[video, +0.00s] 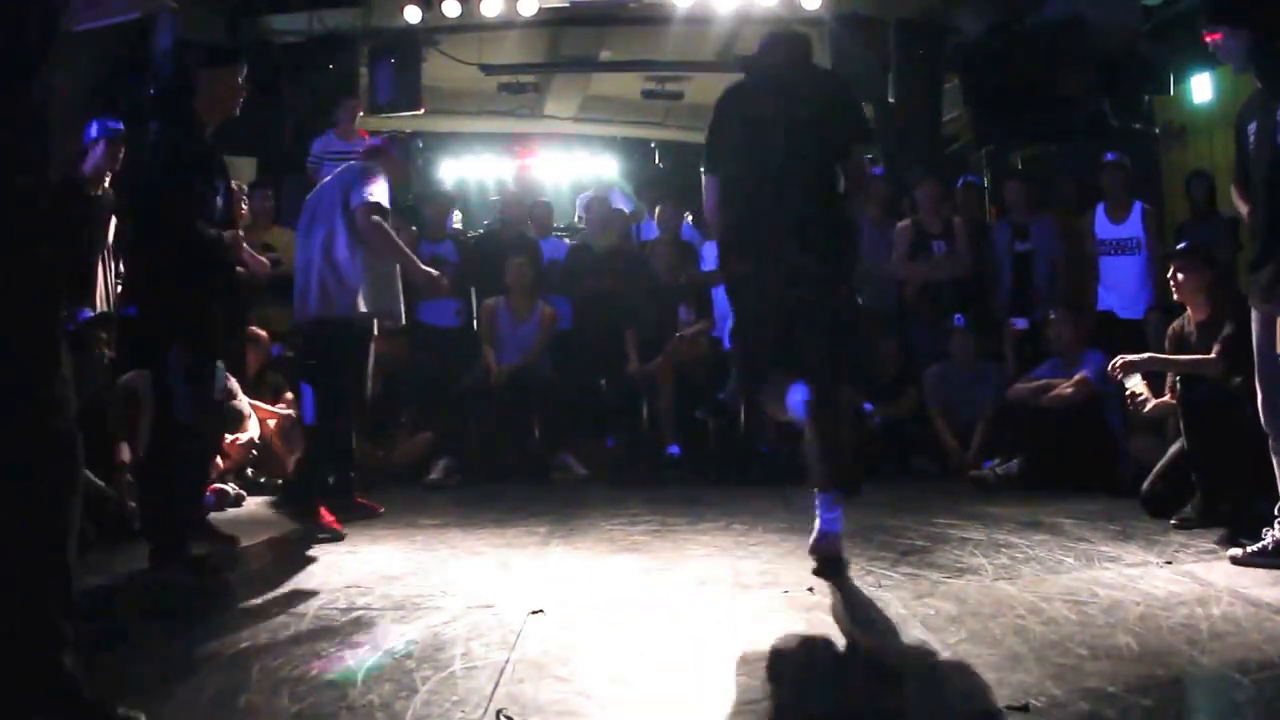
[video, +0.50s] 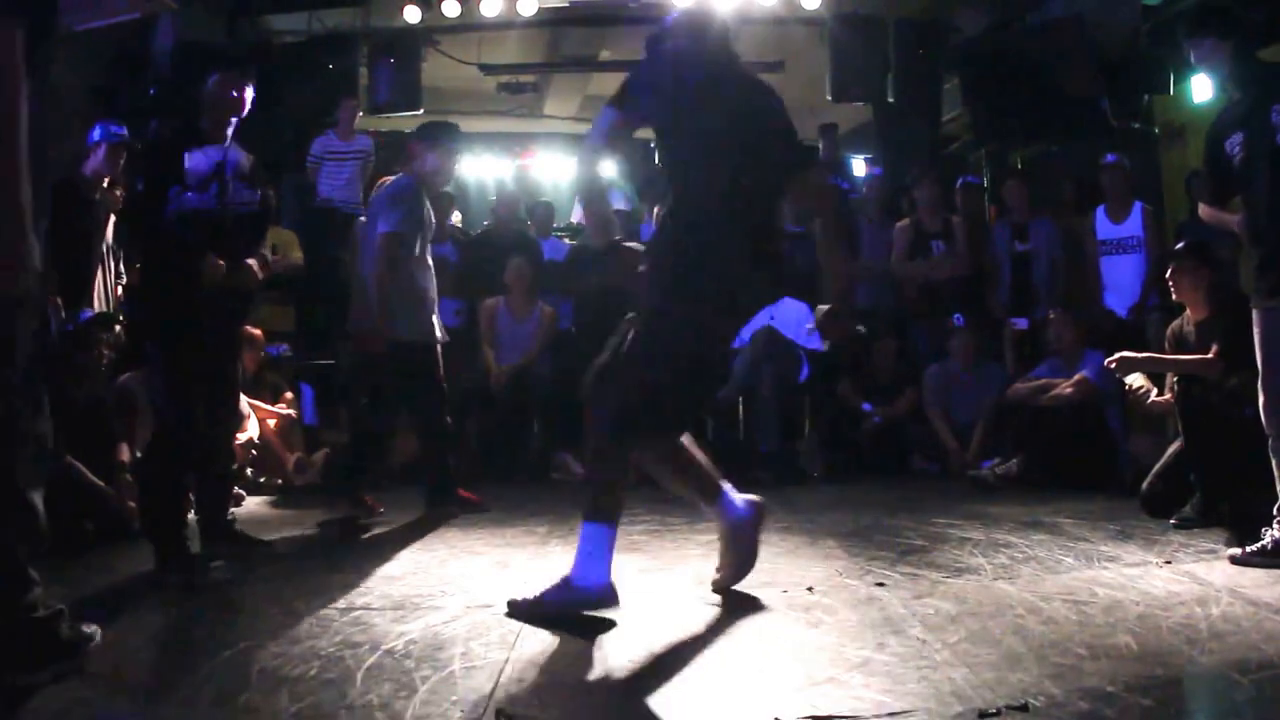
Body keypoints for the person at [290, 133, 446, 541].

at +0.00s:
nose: (404, 175)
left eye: (405, 168)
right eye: (403, 166)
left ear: (375, 151)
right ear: (390, 155)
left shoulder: (325, 187)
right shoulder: (371, 172)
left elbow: (310, 245)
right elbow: (369, 220)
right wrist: (420, 269)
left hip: (317, 308)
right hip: (345, 309)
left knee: (337, 407)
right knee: (338, 407)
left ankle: (343, 489)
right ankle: (307, 496)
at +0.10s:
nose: (411, 170)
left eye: (412, 163)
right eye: (410, 161)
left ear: (380, 149)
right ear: (393, 152)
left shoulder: (335, 185)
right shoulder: (375, 174)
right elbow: (374, 227)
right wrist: (415, 280)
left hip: (332, 309)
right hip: (362, 309)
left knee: (340, 406)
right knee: (372, 403)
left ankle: (343, 491)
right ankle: (341, 493)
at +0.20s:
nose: (414, 167)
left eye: (415, 158)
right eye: (411, 157)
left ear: (381, 149)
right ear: (394, 152)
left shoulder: (348, 183)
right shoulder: (381, 177)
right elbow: (379, 232)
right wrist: (398, 300)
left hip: (340, 313)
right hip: (372, 314)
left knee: (343, 409)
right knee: (393, 403)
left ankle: (342, 496)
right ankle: (381, 488)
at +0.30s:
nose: (431, 170)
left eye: (434, 161)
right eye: (428, 158)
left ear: (399, 149)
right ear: (406, 148)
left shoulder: (367, 185)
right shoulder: (388, 186)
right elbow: (382, 242)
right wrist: (386, 305)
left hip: (355, 319)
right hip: (382, 322)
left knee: (347, 411)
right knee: (408, 411)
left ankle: (339, 495)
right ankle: (423, 491)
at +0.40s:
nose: (439, 168)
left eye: (440, 158)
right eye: (435, 157)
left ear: (411, 152)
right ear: (413, 151)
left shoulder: (378, 191)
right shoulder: (398, 192)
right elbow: (384, 254)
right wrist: (382, 317)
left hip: (372, 323)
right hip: (399, 325)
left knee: (360, 414)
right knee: (423, 412)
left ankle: (342, 492)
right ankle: (441, 489)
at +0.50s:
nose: (452, 166)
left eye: (454, 157)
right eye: (447, 155)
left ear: (424, 154)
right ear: (420, 151)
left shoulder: (393, 191)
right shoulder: (406, 193)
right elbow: (387, 255)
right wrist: (385, 318)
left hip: (394, 325)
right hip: (410, 327)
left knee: (378, 412)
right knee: (434, 413)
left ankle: (355, 486)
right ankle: (442, 489)